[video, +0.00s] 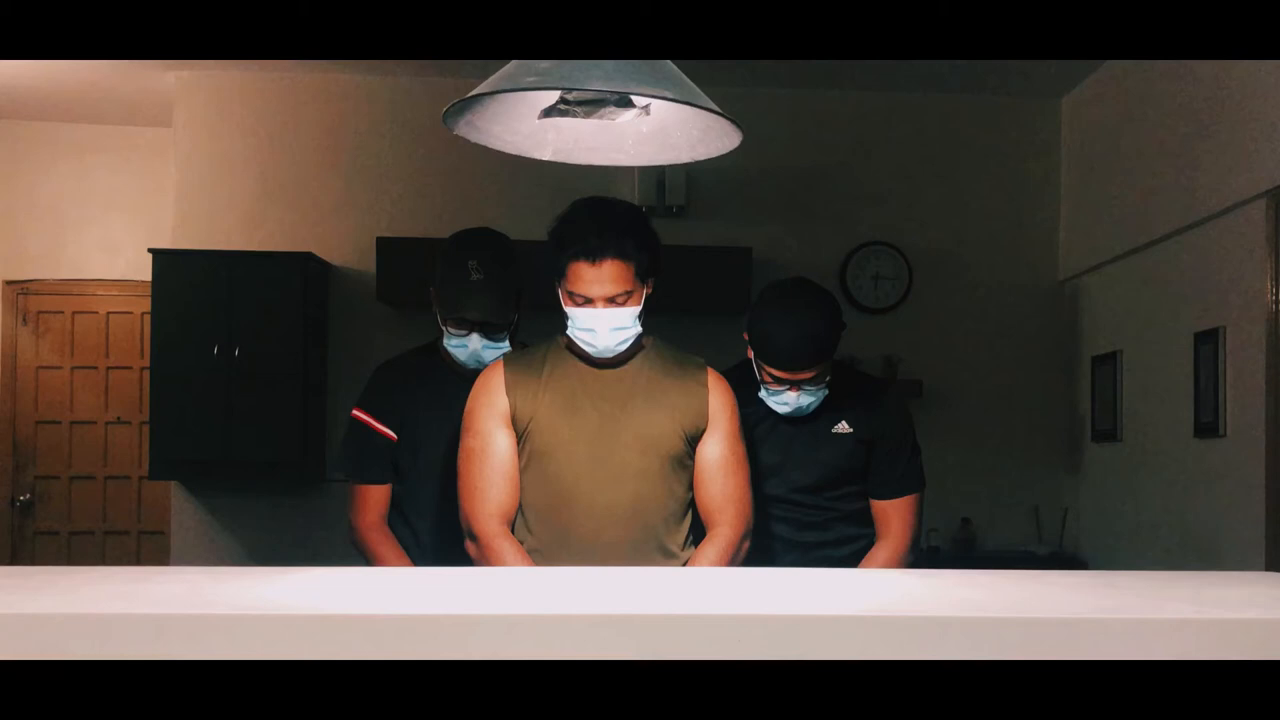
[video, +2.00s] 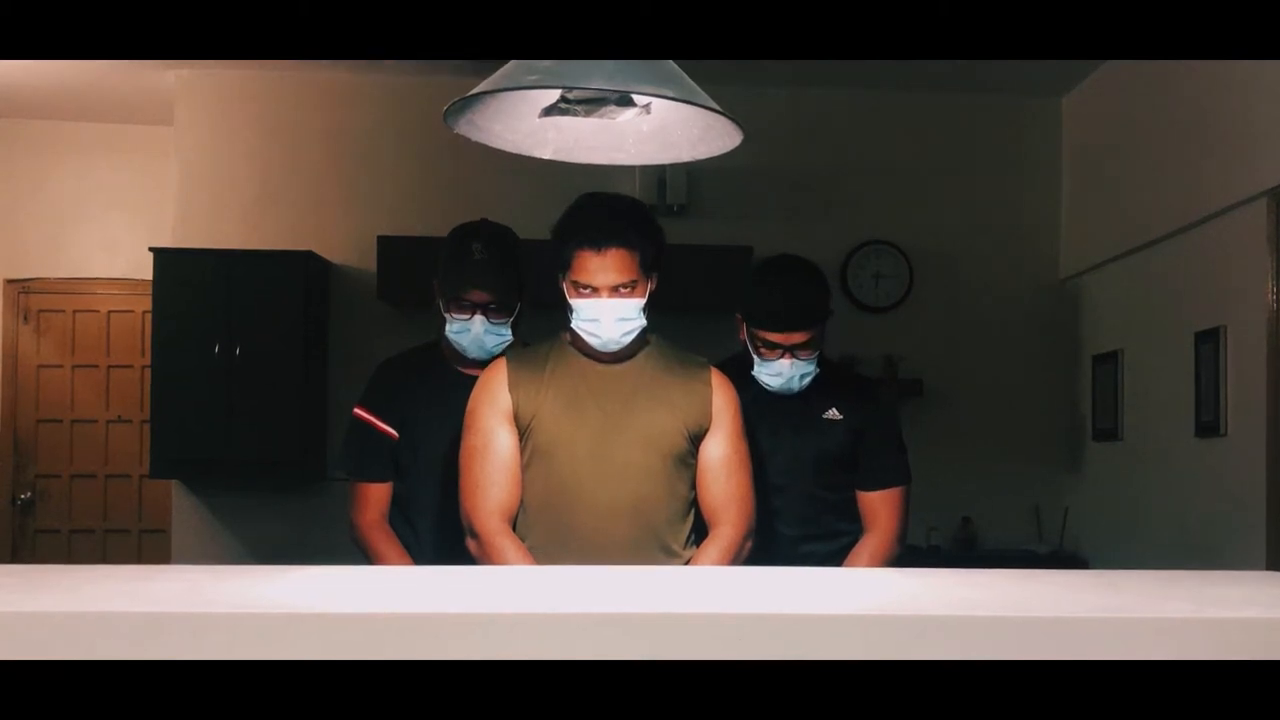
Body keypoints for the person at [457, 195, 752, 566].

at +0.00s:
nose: (600, 319)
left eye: (618, 300)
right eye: (581, 301)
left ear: (646, 291)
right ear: (560, 292)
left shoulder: (703, 390)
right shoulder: (504, 385)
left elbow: (729, 531)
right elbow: (487, 531)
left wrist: (671, 614)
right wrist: (551, 613)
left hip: (664, 611)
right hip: (542, 611)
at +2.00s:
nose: (604, 307)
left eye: (623, 289)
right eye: (586, 289)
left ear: (649, 286)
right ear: (564, 286)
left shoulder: (706, 389)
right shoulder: (507, 381)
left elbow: (732, 532)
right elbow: (486, 529)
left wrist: (671, 614)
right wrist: (553, 611)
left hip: (666, 612)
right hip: (543, 611)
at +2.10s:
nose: (605, 307)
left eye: (624, 288)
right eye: (586, 289)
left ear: (650, 285)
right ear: (564, 285)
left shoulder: (706, 389)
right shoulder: (507, 382)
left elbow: (732, 533)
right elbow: (486, 529)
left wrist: (669, 615)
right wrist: (554, 612)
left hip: (665, 613)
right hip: (543, 612)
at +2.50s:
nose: (605, 304)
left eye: (625, 286)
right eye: (587, 286)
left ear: (650, 284)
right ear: (564, 284)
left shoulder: (706, 389)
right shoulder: (507, 382)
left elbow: (733, 533)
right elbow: (487, 529)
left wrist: (670, 614)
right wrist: (553, 612)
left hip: (666, 613)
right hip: (544, 613)